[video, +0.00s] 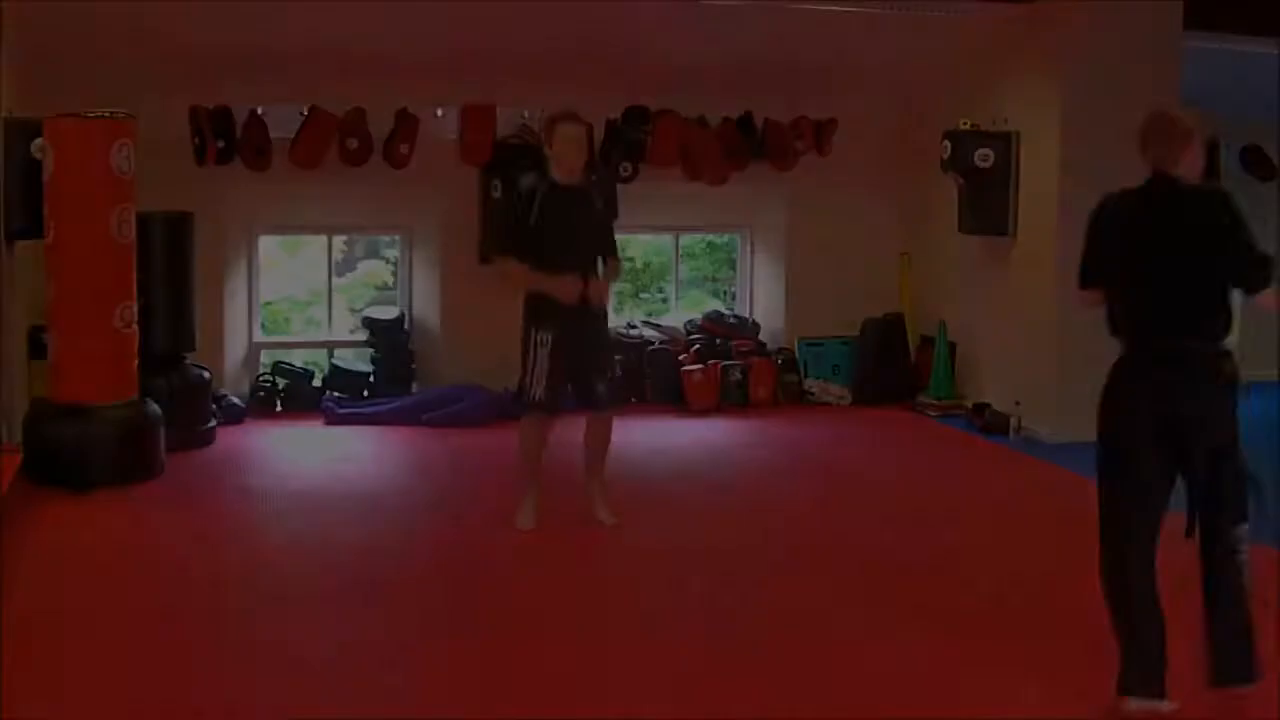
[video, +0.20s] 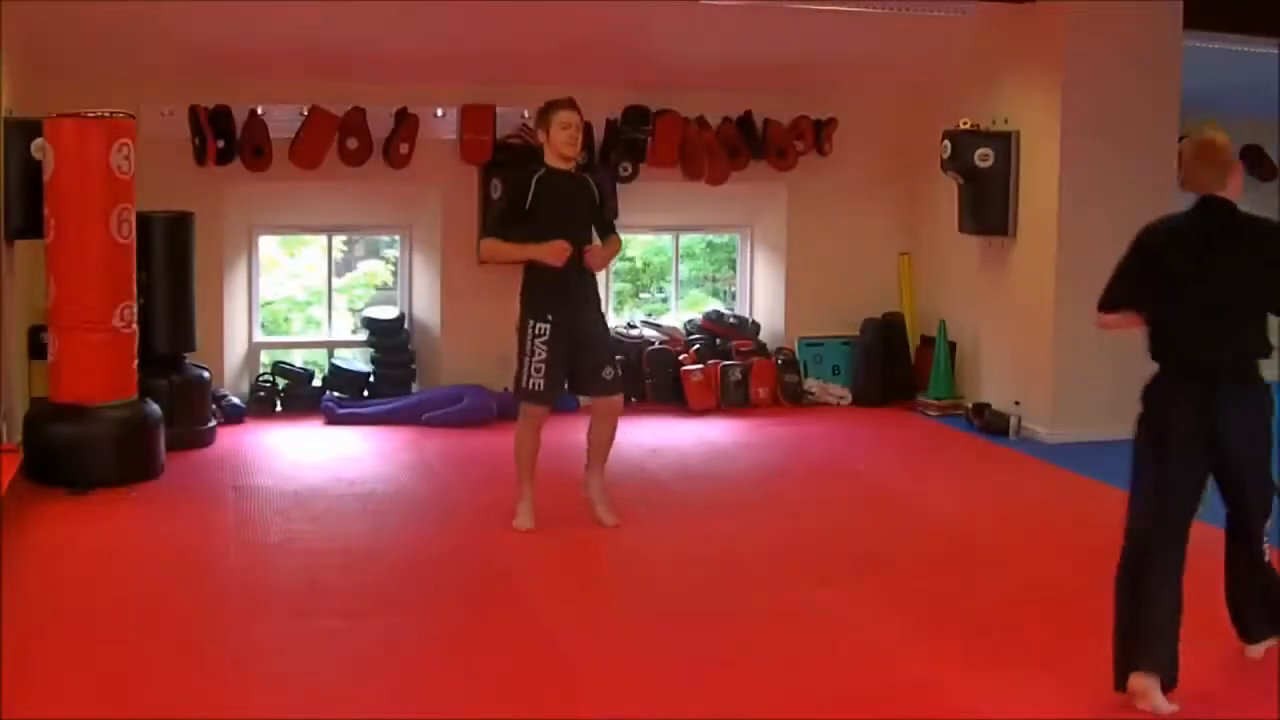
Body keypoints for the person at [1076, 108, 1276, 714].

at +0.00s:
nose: (1203, 156)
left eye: (1197, 146)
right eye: (1199, 147)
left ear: (1145, 153)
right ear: (1189, 150)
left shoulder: (1113, 210)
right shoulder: (1215, 206)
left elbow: (1092, 290)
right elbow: (1259, 285)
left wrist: (1144, 275)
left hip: (1134, 381)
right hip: (1205, 381)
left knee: (1127, 533)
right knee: (1221, 525)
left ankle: (1142, 682)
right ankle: (1233, 669)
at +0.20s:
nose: (1185, 173)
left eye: (1183, 165)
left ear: (1183, 176)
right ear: (1234, 176)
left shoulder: (1159, 237)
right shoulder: (1265, 236)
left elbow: (1112, 312)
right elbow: (1277, 305)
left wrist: (1169, 307)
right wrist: (1241, 292)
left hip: (1173, 398)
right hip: (1243, 399)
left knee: (1157, 529)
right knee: (1251, 519)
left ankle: (1144, 668)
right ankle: (1256, 629)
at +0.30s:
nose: (1205, 184)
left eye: (1203, 176)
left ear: (1207, 182)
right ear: (1257, 182)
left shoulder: (1180, 237)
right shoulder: (1273, 236)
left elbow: (1127, 309)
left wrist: (1165, 341)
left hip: (1193, 397)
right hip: (1261, 399)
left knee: (1191, 513)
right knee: (1260, 511)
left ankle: (1163, 628)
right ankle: (1257, 630)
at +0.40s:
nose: (1197, 170)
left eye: (1202, 162)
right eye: (1198, 161)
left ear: (1226, 166)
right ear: (1250, 169)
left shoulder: (1193, 225)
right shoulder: (1275, 220)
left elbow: (1158, 303)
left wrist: (1153, 352)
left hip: (1209, 379)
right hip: (1269, 381)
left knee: (1199, 492)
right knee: (1265, 499)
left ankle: (1191, 603)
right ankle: (1259, 625)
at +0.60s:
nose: (1193, 158)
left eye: (1200, 149)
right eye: (1195, 148)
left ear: (1227, 156)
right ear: (1245, 157)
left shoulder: (1218, 211)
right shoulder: (1273, 203)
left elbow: (1168, 283)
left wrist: (1122, 288)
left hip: (1228, 362)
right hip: (1273, 361)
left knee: (1221, 471)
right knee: (1268, 478)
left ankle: (1224, 580)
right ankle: (1267, 611)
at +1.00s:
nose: (1176, 183)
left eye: (1178, 174)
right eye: (1174, 176)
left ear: (1199, 163)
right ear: (1211, 161)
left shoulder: (1215, 204)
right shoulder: (1244, 203)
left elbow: (1142, 224)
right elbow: (1173, 228)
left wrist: (1146, 196)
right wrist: (1159, 199)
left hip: (1215, 340)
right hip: (1238, 335)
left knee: (1218, 458)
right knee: (1232, 458)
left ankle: (1236, 582)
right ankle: (1231, 575)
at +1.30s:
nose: (1131, 212)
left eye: (1129, 204)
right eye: (1127, 207)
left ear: (1145, 186)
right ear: (1148, 180)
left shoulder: (1186, 207)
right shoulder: (1192, 201)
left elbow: (1126, 252)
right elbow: (1136, 251)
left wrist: (1105, 231)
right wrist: (1115, 230)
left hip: (1208, 343)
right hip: (1196, 338)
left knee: (1194, 451)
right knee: (1180, 442)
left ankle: (1235, 559)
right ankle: (1175, 536)